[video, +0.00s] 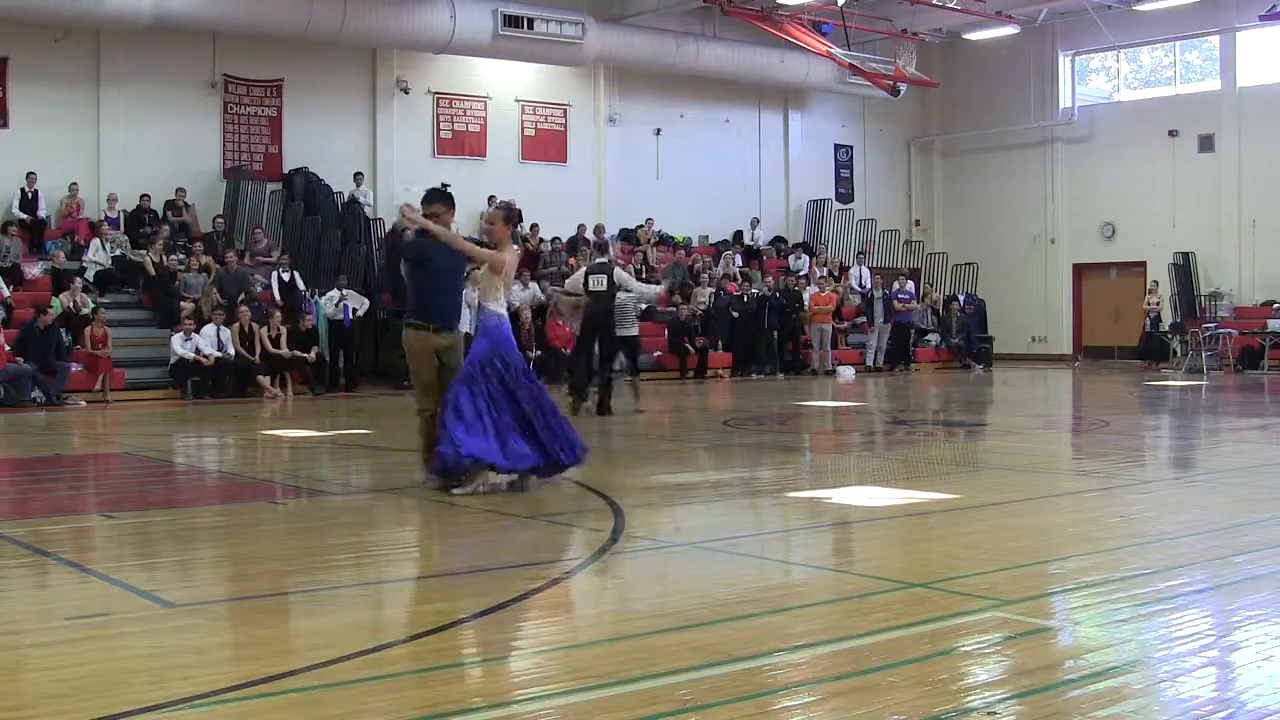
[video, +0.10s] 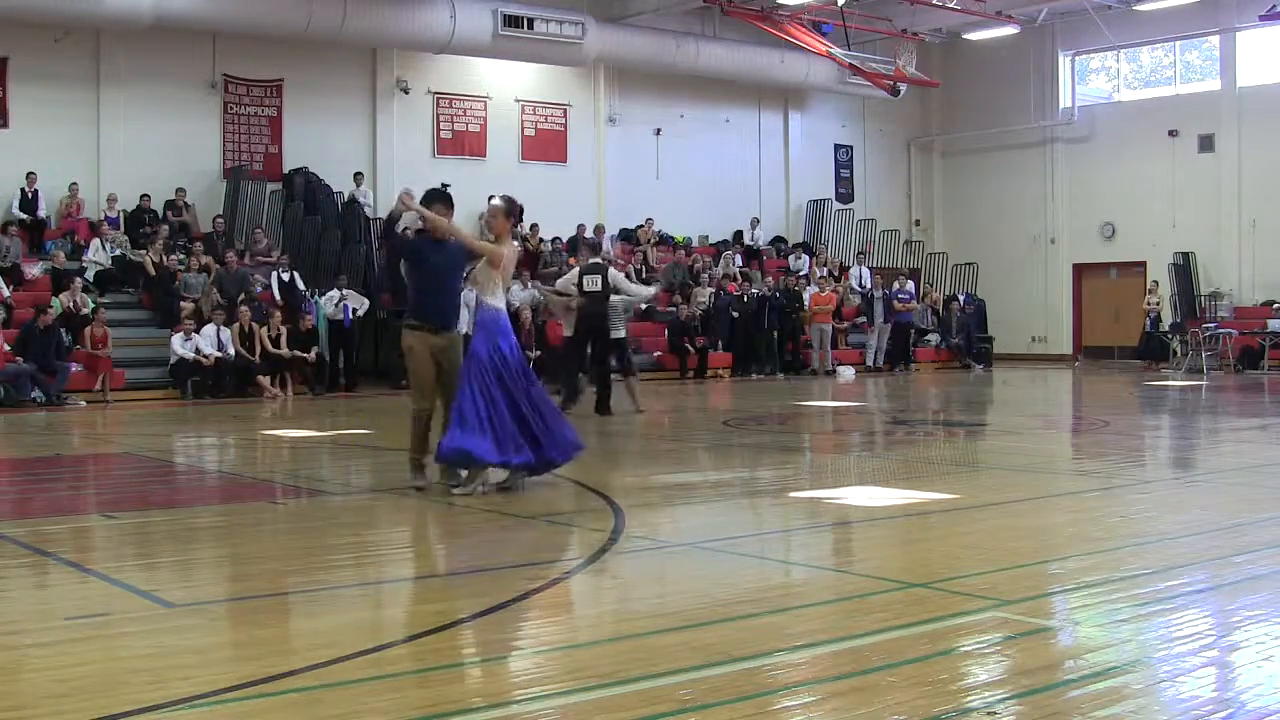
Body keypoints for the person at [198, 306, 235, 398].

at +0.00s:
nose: (218, 317)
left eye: (221, 315)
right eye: (215, 315)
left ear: (224, 317)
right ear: (211, 316)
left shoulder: (227, 331)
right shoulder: (205, 330)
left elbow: (230, 346)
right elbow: (205, 348)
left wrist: (230, 353)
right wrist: (219, 354)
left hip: (224, 355)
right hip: (211, 356)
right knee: (222, 363)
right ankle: (218, 390)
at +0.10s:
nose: (218, 317)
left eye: (221, 315)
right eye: (215, 315)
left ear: (224, 317)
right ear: (211, 316)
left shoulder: (227, 331)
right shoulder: (206, 330)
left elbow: (230, 346)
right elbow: (205, 348)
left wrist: (230, 353)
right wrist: (219, 354)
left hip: (224, 355)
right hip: (211, 355)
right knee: (222, 363)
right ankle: (218, 390)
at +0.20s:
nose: (218, 317)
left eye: (221, 315)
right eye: (215, 315)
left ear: (224, 317)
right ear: (211, 316)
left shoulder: (227, 331)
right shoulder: (205, 330)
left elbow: (230, 346)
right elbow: (205, 348)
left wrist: (230, 353)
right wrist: (219, 354)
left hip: (224, 355)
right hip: (211, 355)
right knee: (222, 363)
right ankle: (218, 390)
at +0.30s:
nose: (219, 317)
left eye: (221, 315)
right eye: (216, 315)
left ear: (225, 317)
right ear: (213, 317)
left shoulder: (227, 331)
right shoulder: (206, 330)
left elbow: (229, 344)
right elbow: (207, 348)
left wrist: (231, 353)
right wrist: (221, 355)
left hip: (224, 355)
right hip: (211, 356)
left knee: (239, 362)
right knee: (224, 364)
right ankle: (221, 391)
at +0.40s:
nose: (219, 317)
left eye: (221, 315)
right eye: (216, 315)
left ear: (226, 317)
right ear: (213, 316)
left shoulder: (227, 331)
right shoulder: (206, 330)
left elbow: (229, 345)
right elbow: (207, 348)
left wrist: (231, 353)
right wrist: (221, 355)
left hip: (224, 355)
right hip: (211, 356)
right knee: (224, 364)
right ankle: (221, 391)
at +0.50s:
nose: (219, 317)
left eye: (221, 315)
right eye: (216, 315)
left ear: (226, 317)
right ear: (213, 316)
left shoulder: (227, 331)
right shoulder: (206, 330)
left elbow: (229, 345)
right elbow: (207, 348)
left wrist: (231, 353)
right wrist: (221, 355)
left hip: (224, 355)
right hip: (211, 356)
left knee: (238, 363)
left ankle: (235, 390)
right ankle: (221, 391)